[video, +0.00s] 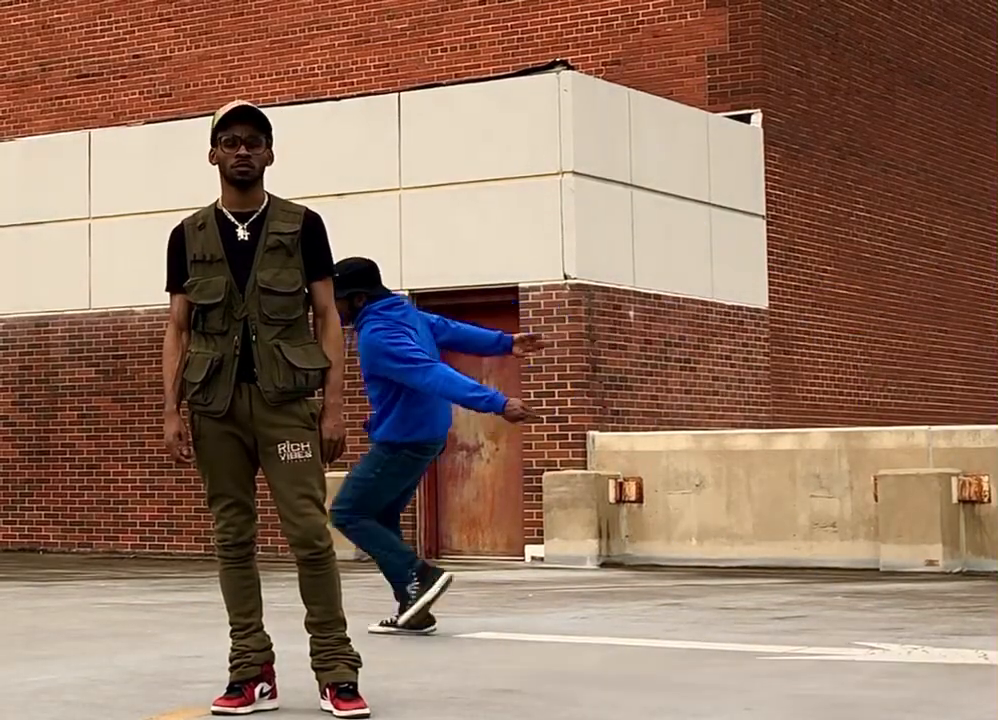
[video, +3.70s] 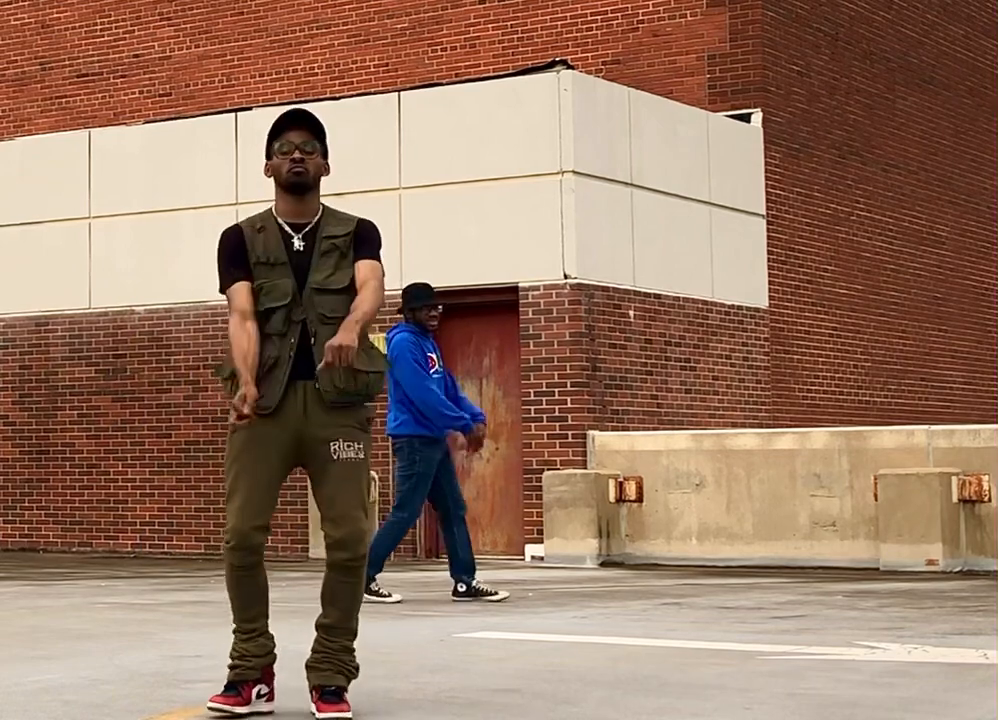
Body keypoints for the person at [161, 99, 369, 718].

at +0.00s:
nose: (241, 151)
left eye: (252, 143)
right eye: (231, 143)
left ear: (269, 153)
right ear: (213, 154)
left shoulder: (302, 225)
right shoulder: (187, 235)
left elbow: (328, 318)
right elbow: (177, 327)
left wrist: (334, 403)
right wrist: (172, 407)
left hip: (288, 404)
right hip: (213, 408)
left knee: (310, 538)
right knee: (233, 541)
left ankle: (337, 671)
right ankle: (250, 668)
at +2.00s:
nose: (255, 151)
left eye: (266, 143)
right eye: (244, 144)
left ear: (284, 156)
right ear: (228, 158)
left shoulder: (314, 229)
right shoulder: (199, 234)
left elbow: (336, 320)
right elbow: (184, 328)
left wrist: (336, 403)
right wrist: (180, 411)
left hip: (296, 403)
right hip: (221, 405)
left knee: (309, 529)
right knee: (232, 540)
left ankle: (303, 664)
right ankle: (249, 668)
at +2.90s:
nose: (337, 184)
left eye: (348, 176)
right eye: (326, 172)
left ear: (358, 184)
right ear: (300, 175)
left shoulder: (365, 250)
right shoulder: (255, 233)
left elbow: (388, 315)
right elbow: (235, 326)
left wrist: (399, 347)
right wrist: (260, 415)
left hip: (315, 411)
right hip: (238, 405)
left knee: (334, 534)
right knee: (226, 537)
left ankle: (324, 676)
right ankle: (247, 669)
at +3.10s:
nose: (303, 193)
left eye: (313, 185)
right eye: (291, 183)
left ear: (324, 196)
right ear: (267, 190)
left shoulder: (339, 271)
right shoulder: (228, 258)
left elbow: (353, 353)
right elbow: (234, 361)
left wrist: (352, 362)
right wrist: (293, 433)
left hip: (304, 430)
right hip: (229, 431)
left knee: (349, 539)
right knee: (221, 550)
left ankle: (322, 672)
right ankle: (244, 675)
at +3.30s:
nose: (281, 163)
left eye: (292, 156)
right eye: (269, 156)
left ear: (309, 169)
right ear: (253, 169)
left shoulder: (341, 246)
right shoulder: (220, 240)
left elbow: (350, 345)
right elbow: (206, 333)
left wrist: (328, 423)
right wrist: (237, 412)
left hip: (313, 415)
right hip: (235, 414)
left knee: (342, 533)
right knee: (226, 541)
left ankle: (327, 671)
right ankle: (245, 674)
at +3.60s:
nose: (294, 169)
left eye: (305, 161)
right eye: (282, 163)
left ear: (323, 175)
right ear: (266, 179)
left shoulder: (358, 245)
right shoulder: (241, 252)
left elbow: (368, 320)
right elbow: (226, 322)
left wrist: (349, 385)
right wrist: (213, 366)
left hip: (338, 414)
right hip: (260, 415)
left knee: (351, 551)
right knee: (236, 544)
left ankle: (330, 677)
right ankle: (248, 672)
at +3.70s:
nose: (299, 156)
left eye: (310, 150)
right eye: (287, 150)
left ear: (324, 165)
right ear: (269, 166)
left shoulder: (356, 231)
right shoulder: (241, 238)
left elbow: (372, 290)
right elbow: (243, 315)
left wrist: (352, 324)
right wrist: (246, 378)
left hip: (338, 404)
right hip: (266, 402)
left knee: (350, 542)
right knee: (241, 539)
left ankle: (331, 675)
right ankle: (251, 668)